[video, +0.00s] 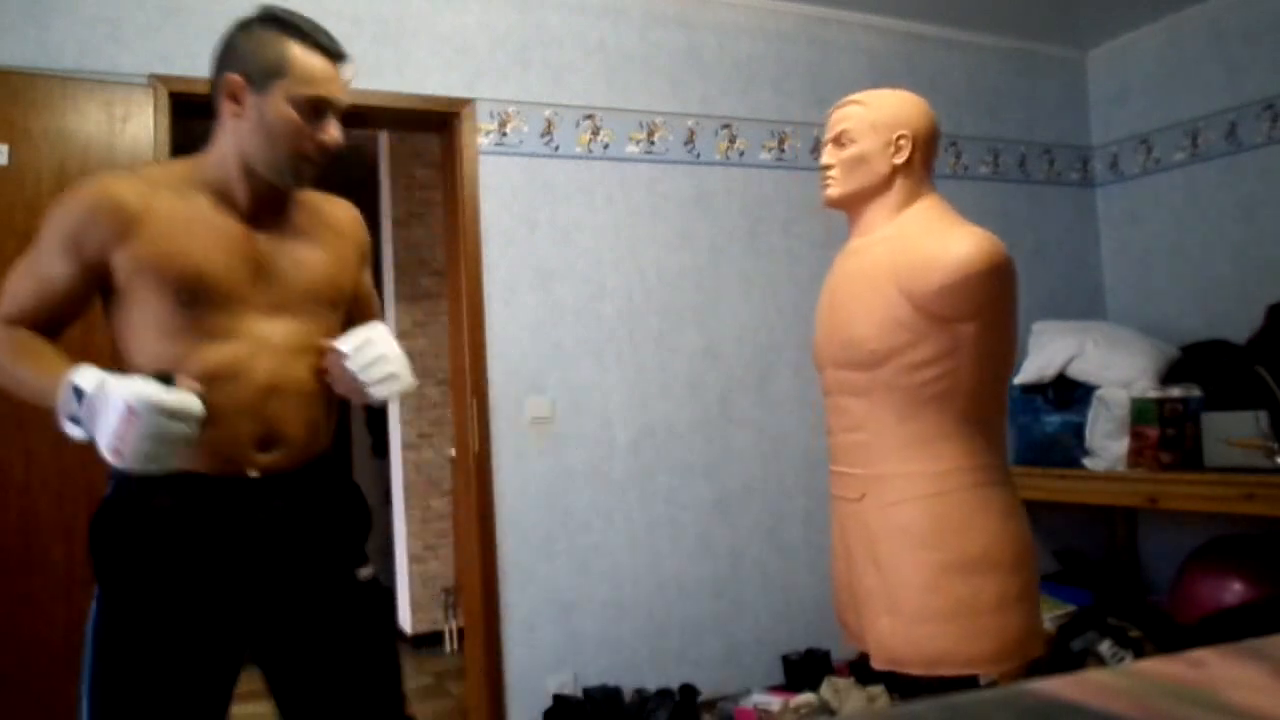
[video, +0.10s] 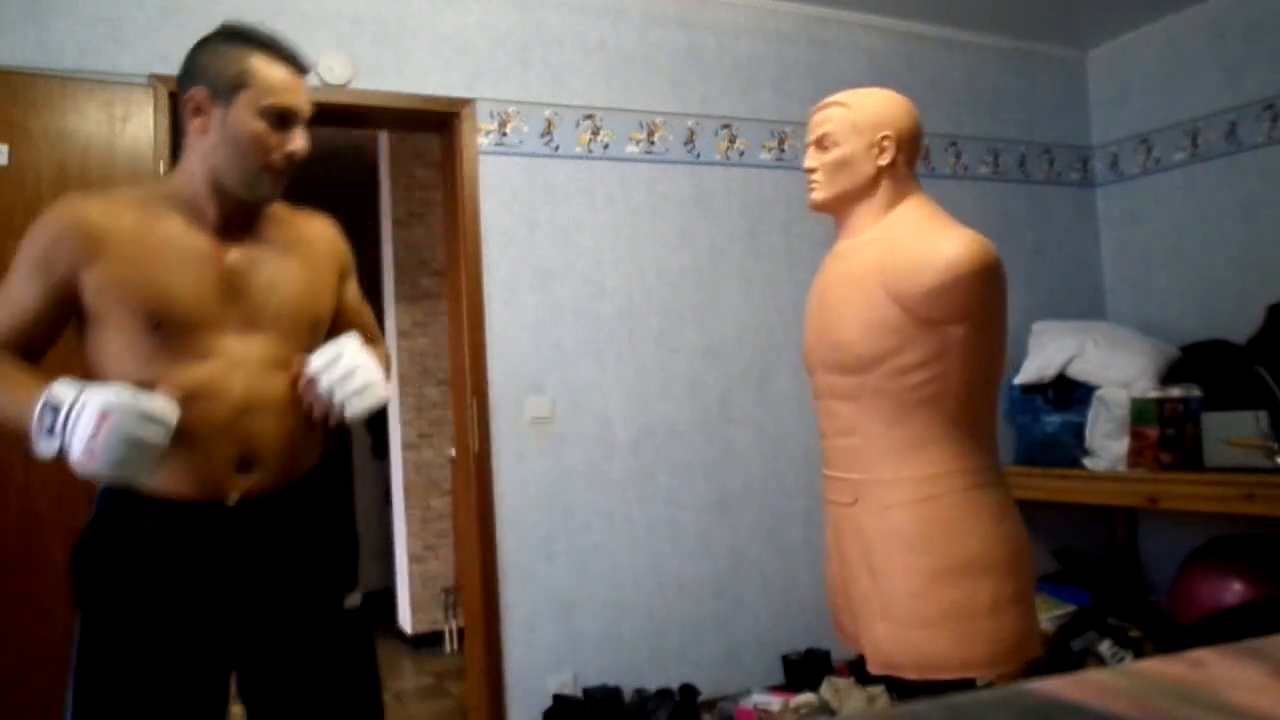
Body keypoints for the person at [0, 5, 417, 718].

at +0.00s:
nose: (334, 137)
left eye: (339, 116)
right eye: (312, 110)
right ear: (236, 98)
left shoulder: (341, 224)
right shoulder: (114, 210)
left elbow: (363, 347)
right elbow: (6, 333)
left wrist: (373, 365)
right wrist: (88, 397)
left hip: (310, 528)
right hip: (171, 534)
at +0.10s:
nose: (299, 147)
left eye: (305, 126)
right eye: (279, 120)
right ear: (200, 114)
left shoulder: (320, 242)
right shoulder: (84, 231)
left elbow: (368, 350)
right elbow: (1, 355)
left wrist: (363, 370)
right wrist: (58, 412)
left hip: (294, 546)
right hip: (150, 549)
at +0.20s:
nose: (274, 163)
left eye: (278, 144)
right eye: (251, 137)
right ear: (173, 130)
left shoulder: (296, 267)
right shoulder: (52, 263)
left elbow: (351, 383)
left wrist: (360, 431)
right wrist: (50, 475)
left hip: (268, 567)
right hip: (118, 577)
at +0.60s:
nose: (242, 164)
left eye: (246, 144)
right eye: (220, 137)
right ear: (139, 125)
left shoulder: (277, 250)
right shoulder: (27, 262)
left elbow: (357, 385)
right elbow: (1, 437)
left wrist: (327, 380)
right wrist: (72, 432)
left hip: (267, 564)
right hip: (115, 573)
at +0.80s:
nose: (290, 159)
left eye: (293, 137)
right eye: (267, 133)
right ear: (187, 123)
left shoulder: (325, 242)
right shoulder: (78, 264)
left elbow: (425, 381)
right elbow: (17, 414)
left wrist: (352, 324)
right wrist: (47, 484)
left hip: (314, 563)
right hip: (168, 570)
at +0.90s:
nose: (298, 158)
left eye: (301, 136)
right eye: (275, 131)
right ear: (195, 118)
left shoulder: (326, 240)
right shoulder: (75, 255)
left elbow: (440, 374)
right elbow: (24, 409)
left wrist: (363, 308)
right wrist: (40, 505)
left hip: (313, 562)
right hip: (163, 570)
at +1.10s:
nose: (330, 176)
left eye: (333, 153)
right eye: (311, 147)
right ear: (230, 132)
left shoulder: (334, 254)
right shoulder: (93, 267)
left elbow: (451, 357)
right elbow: (8, 431)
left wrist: (440, 280)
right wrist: (25, 566)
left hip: (312, 581)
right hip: (169, 588)